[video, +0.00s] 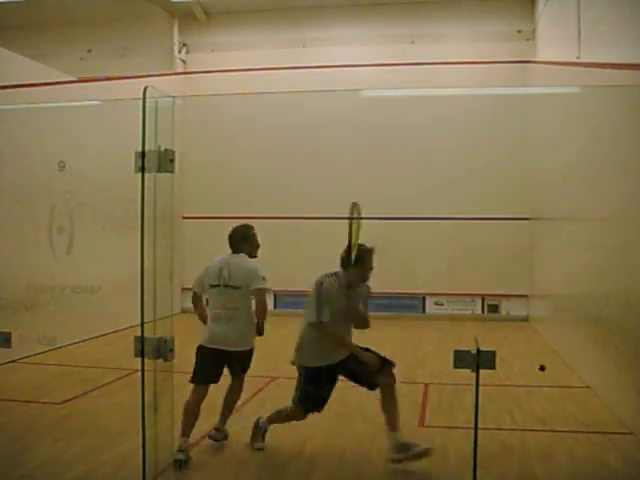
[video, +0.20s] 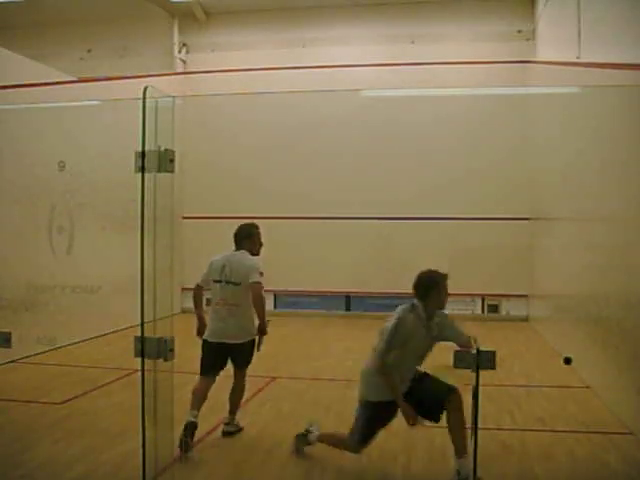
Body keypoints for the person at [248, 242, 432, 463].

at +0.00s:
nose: (371, 271)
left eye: (371, 267)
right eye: (368, 267)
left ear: (358, 266)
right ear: (355, 266)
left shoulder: (361, 288)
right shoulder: (327, 285)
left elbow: (362, 324)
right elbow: (325, 327)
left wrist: (352, 299)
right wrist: (357, 351)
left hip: (341, 352)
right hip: (315, 358)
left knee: (386, 378)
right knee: (300, 412)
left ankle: (395, 443)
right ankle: (263, 423)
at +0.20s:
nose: (447, 295)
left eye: (446, 290)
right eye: (443, 291)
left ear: (434, 293)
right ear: (429, 294)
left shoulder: (438, 319)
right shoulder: (404, 318)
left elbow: (457, 336)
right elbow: (381, 364)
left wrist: (466, 341)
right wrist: (403, 405)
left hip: (407, 378)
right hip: (380, 384)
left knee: (452, 398)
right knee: (355, 444)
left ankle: (464, 468)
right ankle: (312, 436)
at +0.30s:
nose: (464, 297)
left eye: (464, 292)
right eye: (462, 292)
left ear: (444, 291)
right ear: (452, 293)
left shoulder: (438, 315)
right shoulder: (428, 315)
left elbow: (461, 346)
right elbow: (416, 366)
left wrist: (487, 370)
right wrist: (419, 410)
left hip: (419, 380)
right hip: (397, 386)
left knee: (466, 399)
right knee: (410, 449)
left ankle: (465, 467)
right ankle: (355, 445)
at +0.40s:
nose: (465, 288)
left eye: (465, 282)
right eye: (464, 282)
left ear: (440, 282)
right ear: (459, 286)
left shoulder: (435, 304)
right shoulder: (436, 310)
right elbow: (428, 360)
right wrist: (437, 408)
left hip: (423, 373)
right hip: (406, 381)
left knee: (468, 399)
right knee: (443, 439)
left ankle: (466, 465)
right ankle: (389, 443)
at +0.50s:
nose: (457, 272)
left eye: (456, 267)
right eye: (456, 268)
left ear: (431, 269)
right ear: (453, 273)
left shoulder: (418, 291)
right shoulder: (436, 299)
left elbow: (390, 316)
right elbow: (432, 342)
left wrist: (378, 333)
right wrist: (445, 387)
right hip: (408, 372)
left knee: (466, 398)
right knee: (453, 421)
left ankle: (465, 467)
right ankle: (401, 441)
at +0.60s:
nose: (442, 259)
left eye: (441, 254)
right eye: (441, 255)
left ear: (416, 255)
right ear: (437, 258)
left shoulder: (396, 278)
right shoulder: (427, 285)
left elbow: (365, 305)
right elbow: (434, 330)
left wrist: (345, 324)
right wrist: (449, 371)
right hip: (400, 359)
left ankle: (463, 464)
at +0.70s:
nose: (423, 257)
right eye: (422, 253)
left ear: (396, 254)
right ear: (420, 256)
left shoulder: (375, 278)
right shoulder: (416, 284)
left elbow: (349, 305)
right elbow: (432, 327)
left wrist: (323, 325)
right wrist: (447, 363)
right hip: (389, 360)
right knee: (421, 414)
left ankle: (438, 462)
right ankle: (396, 472)